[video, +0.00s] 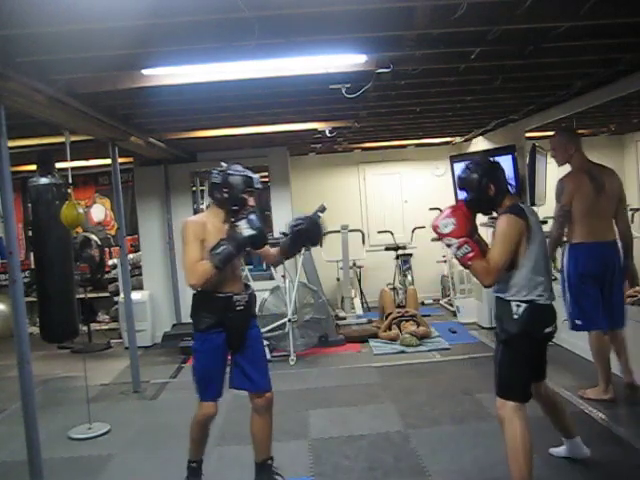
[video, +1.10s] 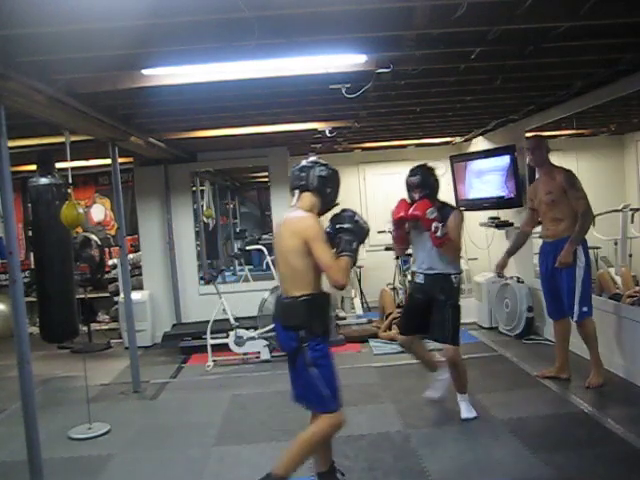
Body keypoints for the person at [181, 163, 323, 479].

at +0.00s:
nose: (249, 201)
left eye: (249, 195)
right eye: (244, 195)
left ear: (229, 194)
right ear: (224, 193)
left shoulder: (240, 224)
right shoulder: (195, 225)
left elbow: (271, 257)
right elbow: (195, 278)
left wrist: (297, 241)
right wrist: (231, 246)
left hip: (244, 318)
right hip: (210, 321)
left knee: (263, 399)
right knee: (208, 409)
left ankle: (264, 471)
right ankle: (194, 471)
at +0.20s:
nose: (263, 206)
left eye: (264, 200)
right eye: (259, 199)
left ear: (241, 197)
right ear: (240, 196)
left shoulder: (248, 225)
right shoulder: (207, 228)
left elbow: (271, 256)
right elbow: (215, 282)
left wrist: (303, 250)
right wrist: (250, 248)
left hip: (252, 323)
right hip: (221, 329)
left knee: (287, 400)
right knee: (221, 418)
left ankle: (270, 471)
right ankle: (205, 477)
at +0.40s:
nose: (286, 209)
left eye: (286, 202)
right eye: (282, 201)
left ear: (264, 198)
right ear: (265, 197)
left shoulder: (270, 226)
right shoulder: (224, 224)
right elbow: (225, 279)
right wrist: (268, 248)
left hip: (262, 324)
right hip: (231, 328)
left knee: (297, 403)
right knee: (229, 421)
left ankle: (298, 472)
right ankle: (207, 476)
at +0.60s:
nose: (297, 198)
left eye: (299, 192)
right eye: (294, 190)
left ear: (276, 189)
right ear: (277, 187)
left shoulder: (279, 223)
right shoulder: (239, 223)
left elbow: (312, 242)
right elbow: (245, 279)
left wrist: (350, 230)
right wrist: (284, 243)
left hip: (278, 321)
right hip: (248, 327)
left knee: (298, 403)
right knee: (260, 418)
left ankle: (299, 472)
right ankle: (231, 476)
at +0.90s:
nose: (313, 197)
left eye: (313, 191)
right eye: (312, 190)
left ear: (282, 187)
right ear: (302, 189)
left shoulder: (272, 222)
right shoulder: (274, 221)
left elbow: (285, 275)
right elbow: (295, 279)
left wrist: (308, 247)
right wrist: (321, 251)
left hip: (286, 325)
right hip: (274, 328)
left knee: (320, 396)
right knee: (267, 423)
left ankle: (320, 471)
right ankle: (240, 476)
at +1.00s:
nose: (323, 198)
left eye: (323, 192)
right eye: (322, 190)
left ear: (291, 187)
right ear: (314, 189)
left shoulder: (278, 221)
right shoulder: (292, 222)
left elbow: (302, 275)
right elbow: (319, 279)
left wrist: (326, 246)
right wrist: (336, 248)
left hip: (288, 322)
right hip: (288, 325)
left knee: (319, 402)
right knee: (292, 419)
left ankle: (325, 473)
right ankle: (251, 475)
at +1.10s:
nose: (332, 199)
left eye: (332, 193)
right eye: (331, 192)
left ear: (300, 186)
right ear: (323, 189)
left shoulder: (287, 222)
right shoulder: (307, 223)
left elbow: (311, 268)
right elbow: (339, 278)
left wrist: (336, 242)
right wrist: (350, 243)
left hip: (293, 317)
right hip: (305, 321)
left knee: (320, 407)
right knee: (333, 417)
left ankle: (325, 471)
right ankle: (275, 475)